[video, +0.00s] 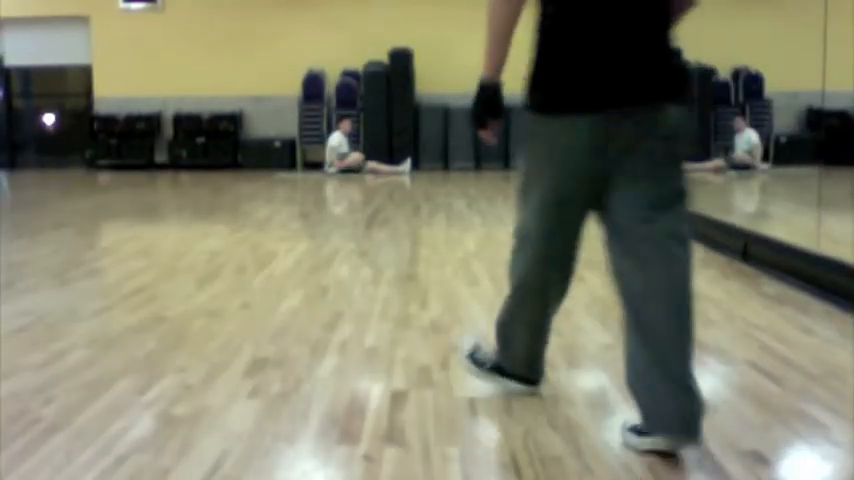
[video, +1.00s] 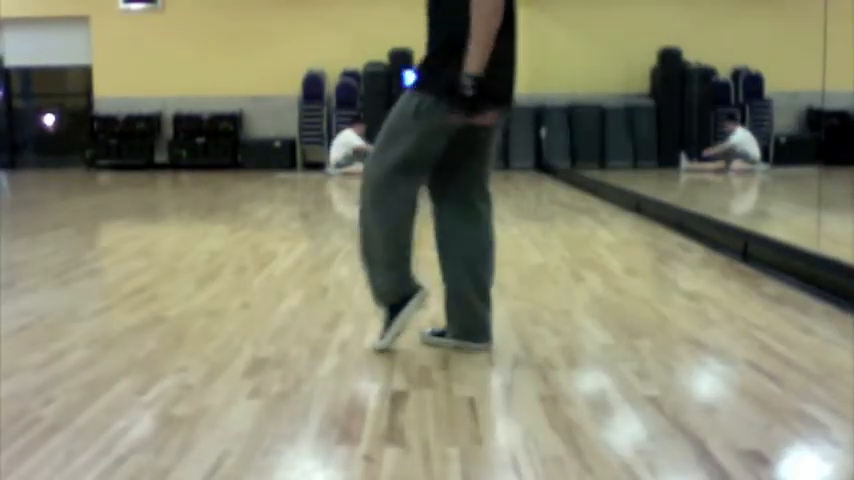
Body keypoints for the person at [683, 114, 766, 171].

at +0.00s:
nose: (736, 125)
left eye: (738, 122)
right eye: (735, 123)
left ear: (743, 123)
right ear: (734, 125)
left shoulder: (752, 134)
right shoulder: (737, 135)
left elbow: (757, 148)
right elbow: (737, 150)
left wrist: (757, 163)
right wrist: (733, 158)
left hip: (748, 162)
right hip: (736, 161)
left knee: (720, 163)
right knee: (717, 162)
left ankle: (693, 166)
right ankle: (692, 166)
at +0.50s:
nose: (730, 127)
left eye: (732, 124)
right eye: (730, 124)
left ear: (738, 122)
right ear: (734, 123)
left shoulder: (747, 133)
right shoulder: (740, 133)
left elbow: (757, 149)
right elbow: (741, 150)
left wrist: (750, 165)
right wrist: (738, 160)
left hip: (748, 164)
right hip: (741, 161)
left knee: (721, 164)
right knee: (719, 163)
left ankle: (688, 166)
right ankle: (688, 165)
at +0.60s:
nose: (729, 127)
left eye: (730, 124)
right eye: (729, 124)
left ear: (736, 123)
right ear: (736, 123)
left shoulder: (745, 134)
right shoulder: (741, 133)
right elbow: (742, 151)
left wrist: (739, 163)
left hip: (750, 163)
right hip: (745, 161)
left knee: (721, 164)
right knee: (719, 163)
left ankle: (688, 166)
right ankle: (688, 165)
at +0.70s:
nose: (728, 128)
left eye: (729, 125)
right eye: (727, 125)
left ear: (735, 123)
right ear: (736, 123)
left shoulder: (743, 134)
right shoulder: (740, 133)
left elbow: (740, 151)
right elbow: (739, 150)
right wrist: (728, 158)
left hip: (752, 163)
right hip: (747, 160)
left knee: (721, 165)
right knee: (719, 164)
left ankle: (689, 165)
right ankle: (689, 166)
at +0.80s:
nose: (727, 127)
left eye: (728, 124)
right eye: (727, 124)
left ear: (734, 123)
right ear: (737, 123)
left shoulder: (742, 135)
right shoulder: (743, 132)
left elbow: (738, 148)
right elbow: (737, 148)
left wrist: (722, 156)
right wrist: (723, 155)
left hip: (753, 163)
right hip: (751, 161)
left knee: (721, 165)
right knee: (721, 164)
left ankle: (689, 165)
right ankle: (690, 166)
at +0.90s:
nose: (726, 128)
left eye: (727, 125)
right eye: (725, 126)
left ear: (733, 124)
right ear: (736, 124)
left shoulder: (740, 136)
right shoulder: (743, 132)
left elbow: (728, 148)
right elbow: (730, 147)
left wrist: (711, 155)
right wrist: (714, 153)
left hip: (751, 163)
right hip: (750, 161)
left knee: (722, 165)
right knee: (720, 164)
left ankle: (690, 166)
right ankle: (690, 166)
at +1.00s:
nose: (725, 129)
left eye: (726, 126)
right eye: (724, 126)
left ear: (733, 125)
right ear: (734, 124)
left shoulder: (738, 135)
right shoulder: (740, 132)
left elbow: (724, 147)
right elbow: (726, 146)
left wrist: (710, 152)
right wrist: (712, 151)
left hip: (751, 163)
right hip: (742, 161)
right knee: (718, 165)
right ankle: (690, 166)